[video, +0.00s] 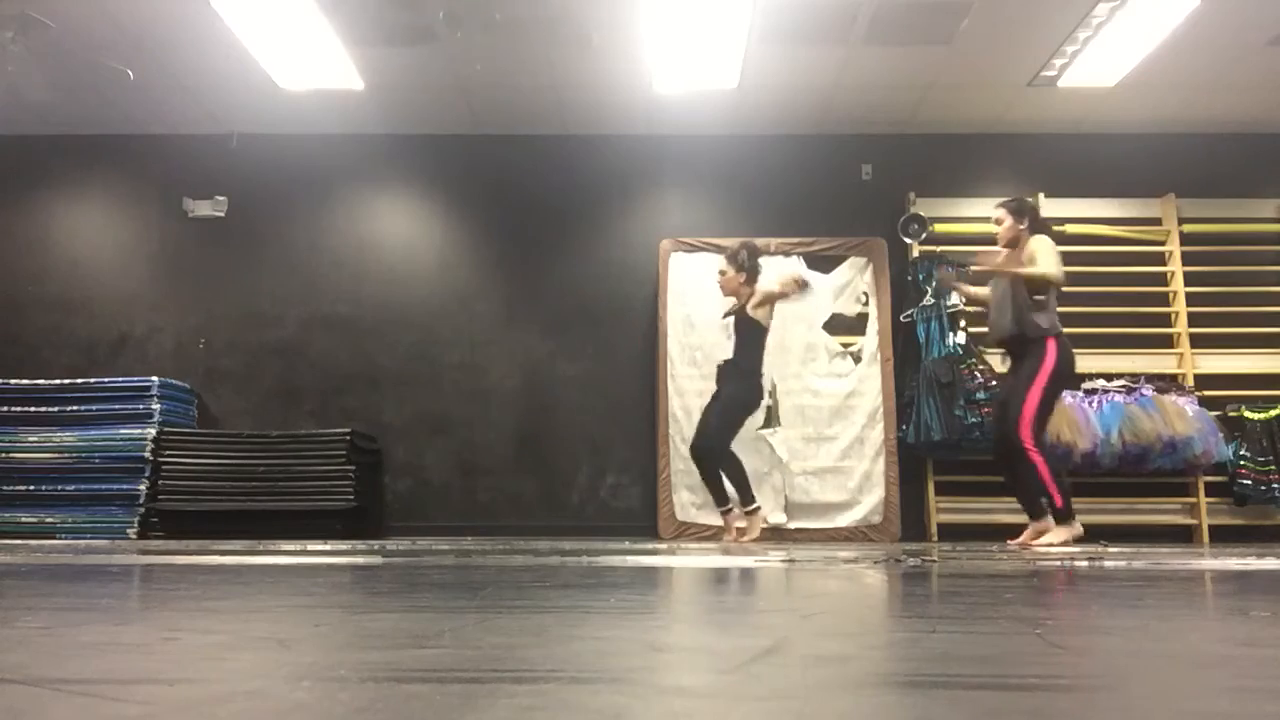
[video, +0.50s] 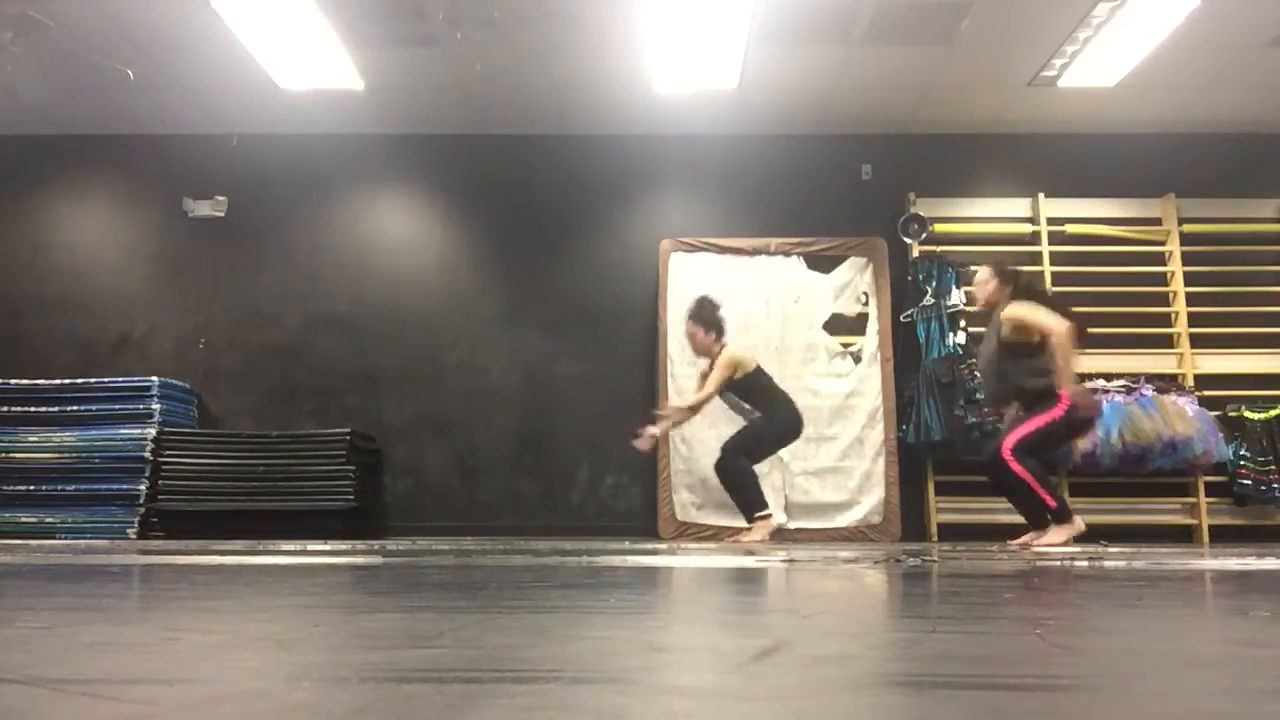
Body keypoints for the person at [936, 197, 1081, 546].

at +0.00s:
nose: (995, 229)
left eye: (999, 222)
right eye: (994, 223)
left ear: (1022, 222)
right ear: (1009, 226)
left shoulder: (1039, 243)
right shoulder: (1008, 258)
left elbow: (1054, 275)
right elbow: (997, 296)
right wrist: (958, 287)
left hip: (1047, 349)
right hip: (1024, 353)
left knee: (1023, 433)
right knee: (1006, 436)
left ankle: (1067, 523)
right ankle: (1040, 521)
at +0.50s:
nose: (974, 291)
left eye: (980, 284)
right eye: (975, 284)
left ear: (1000, 284)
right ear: (994, 285)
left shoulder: (1012, 311)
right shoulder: (998, 320)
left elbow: (1061, 327)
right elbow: (1023, 366)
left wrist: (1066, 385)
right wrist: (1016, 406)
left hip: (1062, 404)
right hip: (1040, 406)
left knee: (1008, 451)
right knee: (995, 456)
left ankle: (1065, 521)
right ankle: (1042, 526)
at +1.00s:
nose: (1062, 225)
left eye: (1070, 219)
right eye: (1054, 219)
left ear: (1079, 229)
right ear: (1040, 227)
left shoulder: (1091, 266)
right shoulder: (1022, 265)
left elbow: (1134, 290)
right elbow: (989, 287)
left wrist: (1131, 334)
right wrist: (992, 330)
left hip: (1078, 366)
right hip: (1036, 366)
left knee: (1047, 438)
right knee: (992, 430)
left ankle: (1071, 529)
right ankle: (1013, 512)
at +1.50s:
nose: (1094, 222)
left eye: (1100, 217)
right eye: (1086, 215)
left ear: (1104, 226)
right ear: (1067, 222)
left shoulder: (1117, 258)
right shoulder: (1059, 262)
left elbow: (1173, 237)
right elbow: (1052, 260)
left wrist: (1229, 210)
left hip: (1118, 358)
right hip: (1075, 350)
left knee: (1084, 441)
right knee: (1086, 398)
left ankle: (1035, 524)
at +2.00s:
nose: (1249, 214)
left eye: (1252, 207)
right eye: (1239, 207)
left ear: (1256, 214)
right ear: (1218, 215)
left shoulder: (1270, 250)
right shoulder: (1203, 262)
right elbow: (1140, 284)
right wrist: (1115, 250)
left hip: (1266, 357)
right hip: (1217, 357)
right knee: (1189, 432)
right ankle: (1147, 519)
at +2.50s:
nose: (1277, 264)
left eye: (1279, 258)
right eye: (1271, 257)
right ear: (1253, 264)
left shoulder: (1275, 305)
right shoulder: (1224, 288)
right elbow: (1162, 286)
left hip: (1256, 404)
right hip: (1204, 397)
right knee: (1207, 446)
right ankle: (1159, 529)